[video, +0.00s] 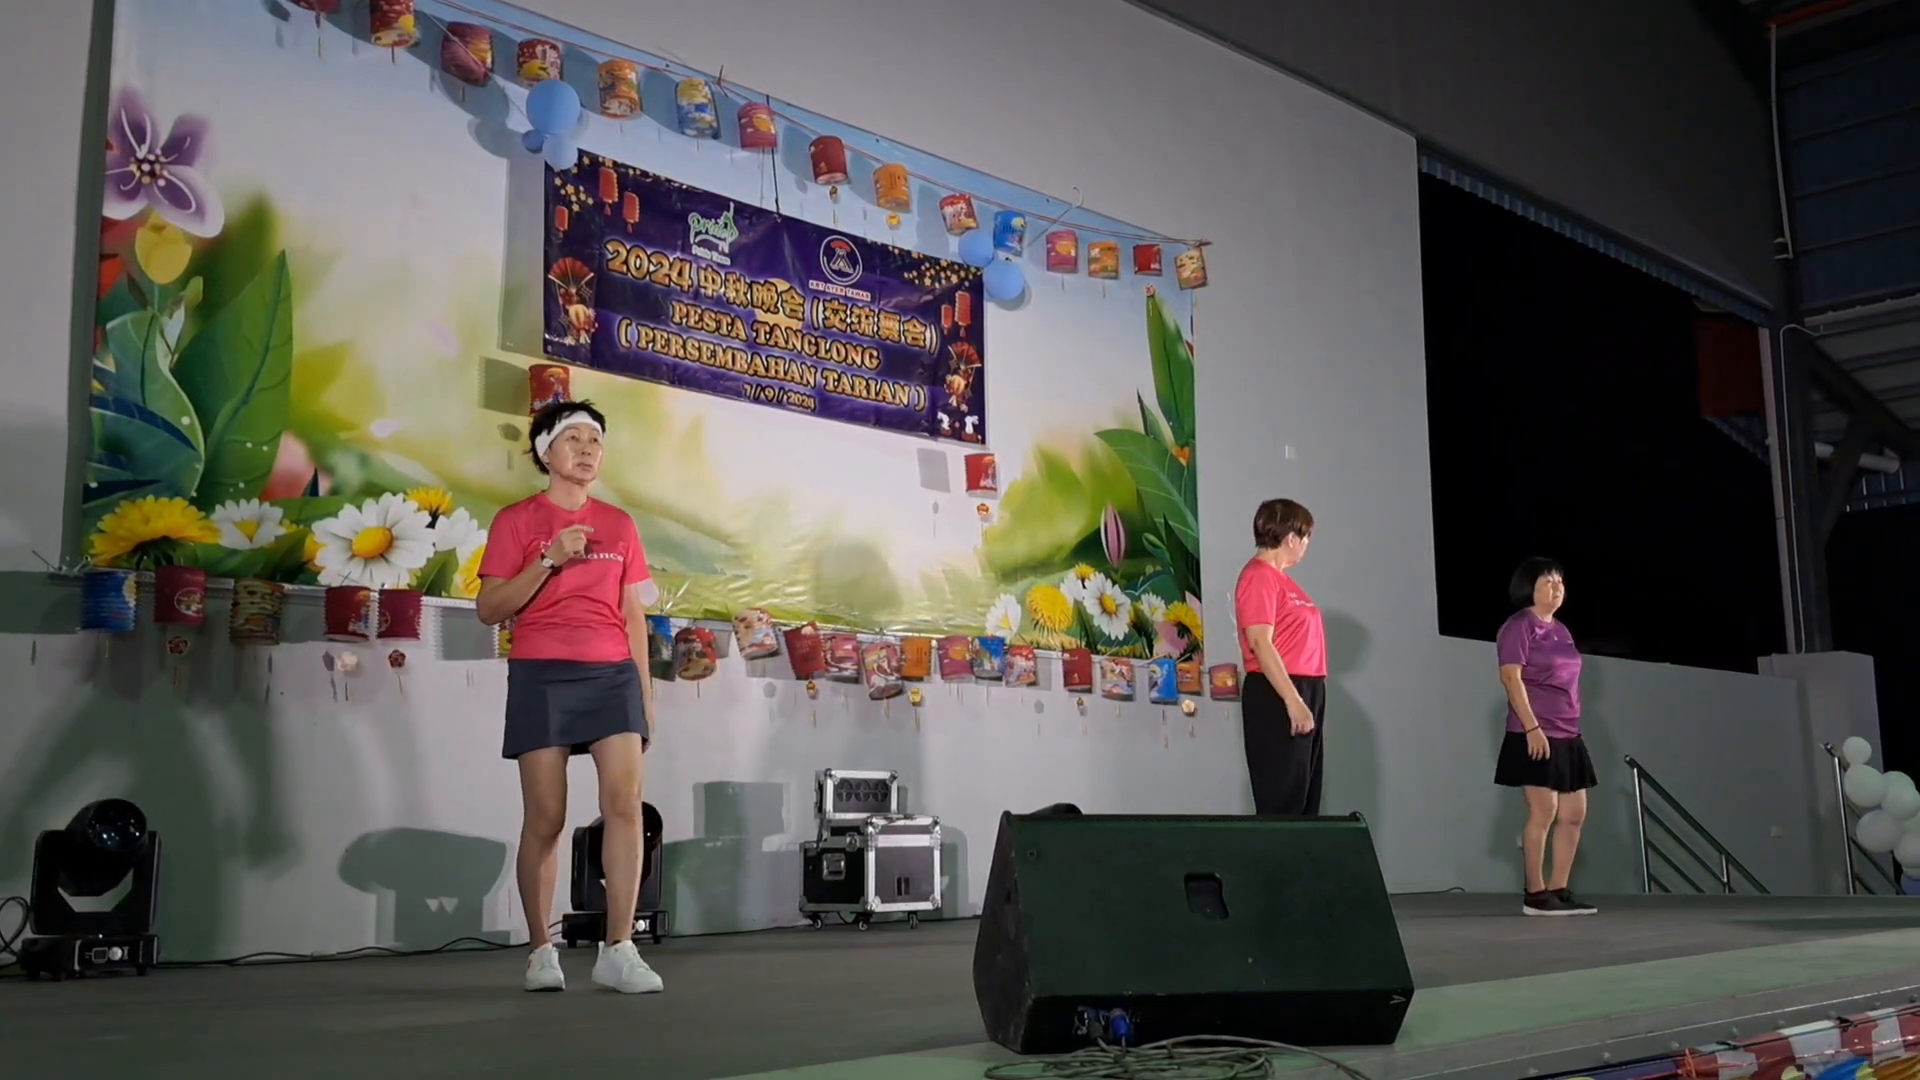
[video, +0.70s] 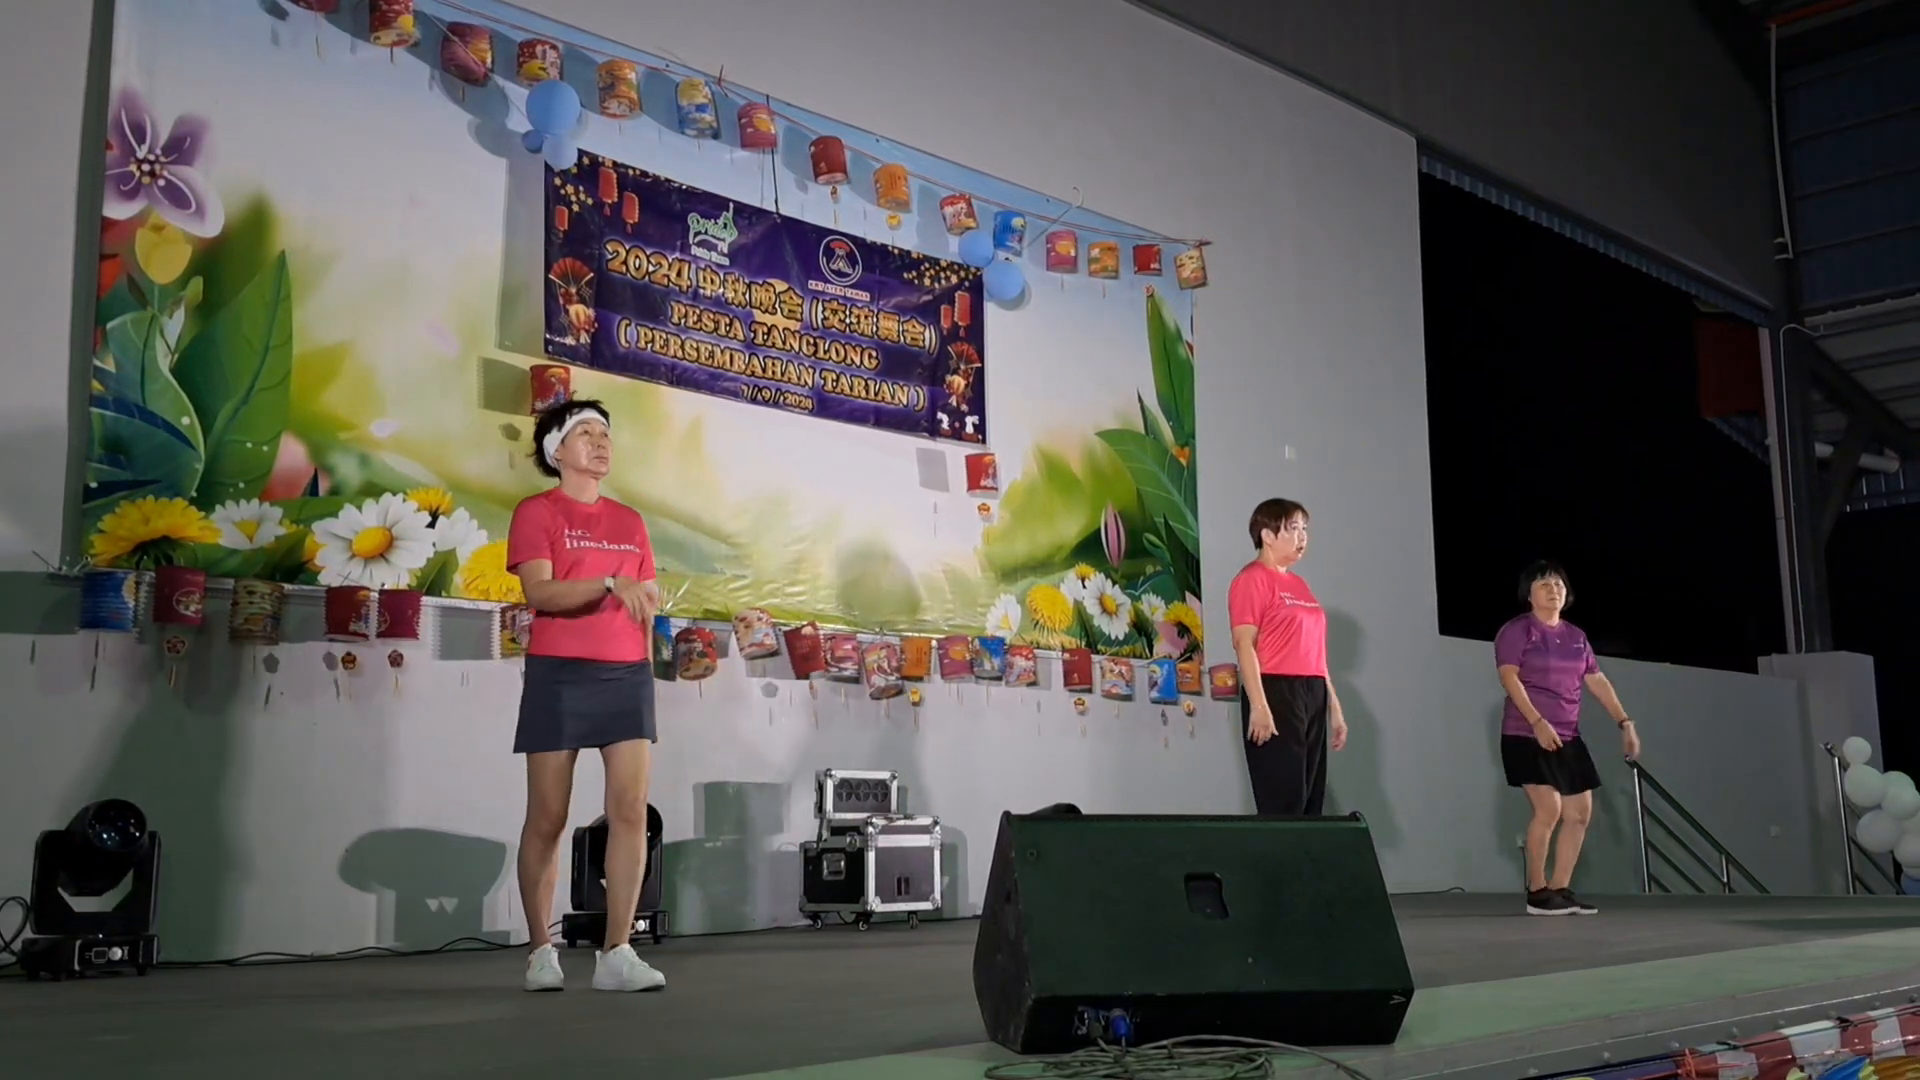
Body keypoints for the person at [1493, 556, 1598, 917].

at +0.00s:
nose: (1556, 588)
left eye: (1559, 582)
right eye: (1548, 582)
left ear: (1563, 589)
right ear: (1530, 587)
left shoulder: (1562, 631)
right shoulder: (1518, 626)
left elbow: (1563, 684)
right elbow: (1511, 679)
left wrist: (1571, 730)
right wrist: (1532, 728)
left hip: (1568, 738)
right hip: (1535, 736)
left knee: (1574, 814)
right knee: (1543, 811)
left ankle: (1558, 891)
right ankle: (1535, 893)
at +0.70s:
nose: (1553, 590)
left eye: (1557, 585)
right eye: (1544, 585)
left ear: (1566, 593)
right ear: (1530, 593)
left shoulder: (1576, 637)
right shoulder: (1516, 631)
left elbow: (1596, 680)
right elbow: (1509, 679)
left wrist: (1624, 722)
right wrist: (1537, 721)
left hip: (1567, 737)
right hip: (1525, 735)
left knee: (1580, 810)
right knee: (1548, 808)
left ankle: (1559, 891)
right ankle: (1537, 892)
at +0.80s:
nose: (1548, 592)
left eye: (1553, 587)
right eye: (1540, 586)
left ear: (1560, 594)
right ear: (1525, 593)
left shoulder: (1573, 635)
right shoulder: (1508, 631)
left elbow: (1600, 675)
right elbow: (1493, 675)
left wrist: (1635, 701)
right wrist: (1507, 714)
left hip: (1565, 738)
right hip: (1523, 736)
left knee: (1574, 812)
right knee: (1535, 811)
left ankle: (1558, 891)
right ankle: (1520, 886)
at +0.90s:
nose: (1539, 593)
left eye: (1544, 587)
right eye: (1531, 586)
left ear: (1551, 592)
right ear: (1514, 591)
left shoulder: (1563, 630)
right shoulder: (1495, 629)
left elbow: (1591, 670)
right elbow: (1474, 671)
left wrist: (1629, 673)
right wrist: (1466, 706)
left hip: (1560, 734)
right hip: (1515, 734)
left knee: (1578, 807)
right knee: (1520, 812)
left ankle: (1560, 888)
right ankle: (1508, 886)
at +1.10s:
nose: (1523, 599)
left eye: (1528, 593)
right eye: (1515, 593)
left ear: (1534, 598)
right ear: (1498, 597)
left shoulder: (1545, 634)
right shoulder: (1477, 636)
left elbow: (1571, 676)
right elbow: (1446, 678)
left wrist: (1599, 661)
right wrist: (1411, 714)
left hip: (1545, 738)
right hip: (1496, 740)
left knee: (1584, 803)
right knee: (1501, 811)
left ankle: (1596, 886)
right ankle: (1505, 891)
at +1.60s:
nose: (1497, 586)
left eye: (1503, 581)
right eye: (1489, 583)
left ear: (1514, 591)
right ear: (1479, 595)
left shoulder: (1536, 631)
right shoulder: (1465, 637)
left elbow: (1557, 674)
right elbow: (1452, 689)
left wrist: (1570, 696)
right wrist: (1442, 738)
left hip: (1540, 736)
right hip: (1491, 739)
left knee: (1574, 804)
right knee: (1498, 813)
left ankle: (1574, 886)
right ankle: (1505, 891)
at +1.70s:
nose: (1501, 586)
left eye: (1507, 582)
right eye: (1493, 583)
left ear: (1518, 592)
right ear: (1482, 595)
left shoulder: (1538, 632)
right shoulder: (1470, 636)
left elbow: (1556, 676)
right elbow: (1463, 689)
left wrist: (1569, 715)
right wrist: (1476, 737)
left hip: (1543, 740)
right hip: (1497, 742)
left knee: (1571, 807)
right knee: (1501, 814)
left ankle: (1557, 887)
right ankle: (1505, 891)